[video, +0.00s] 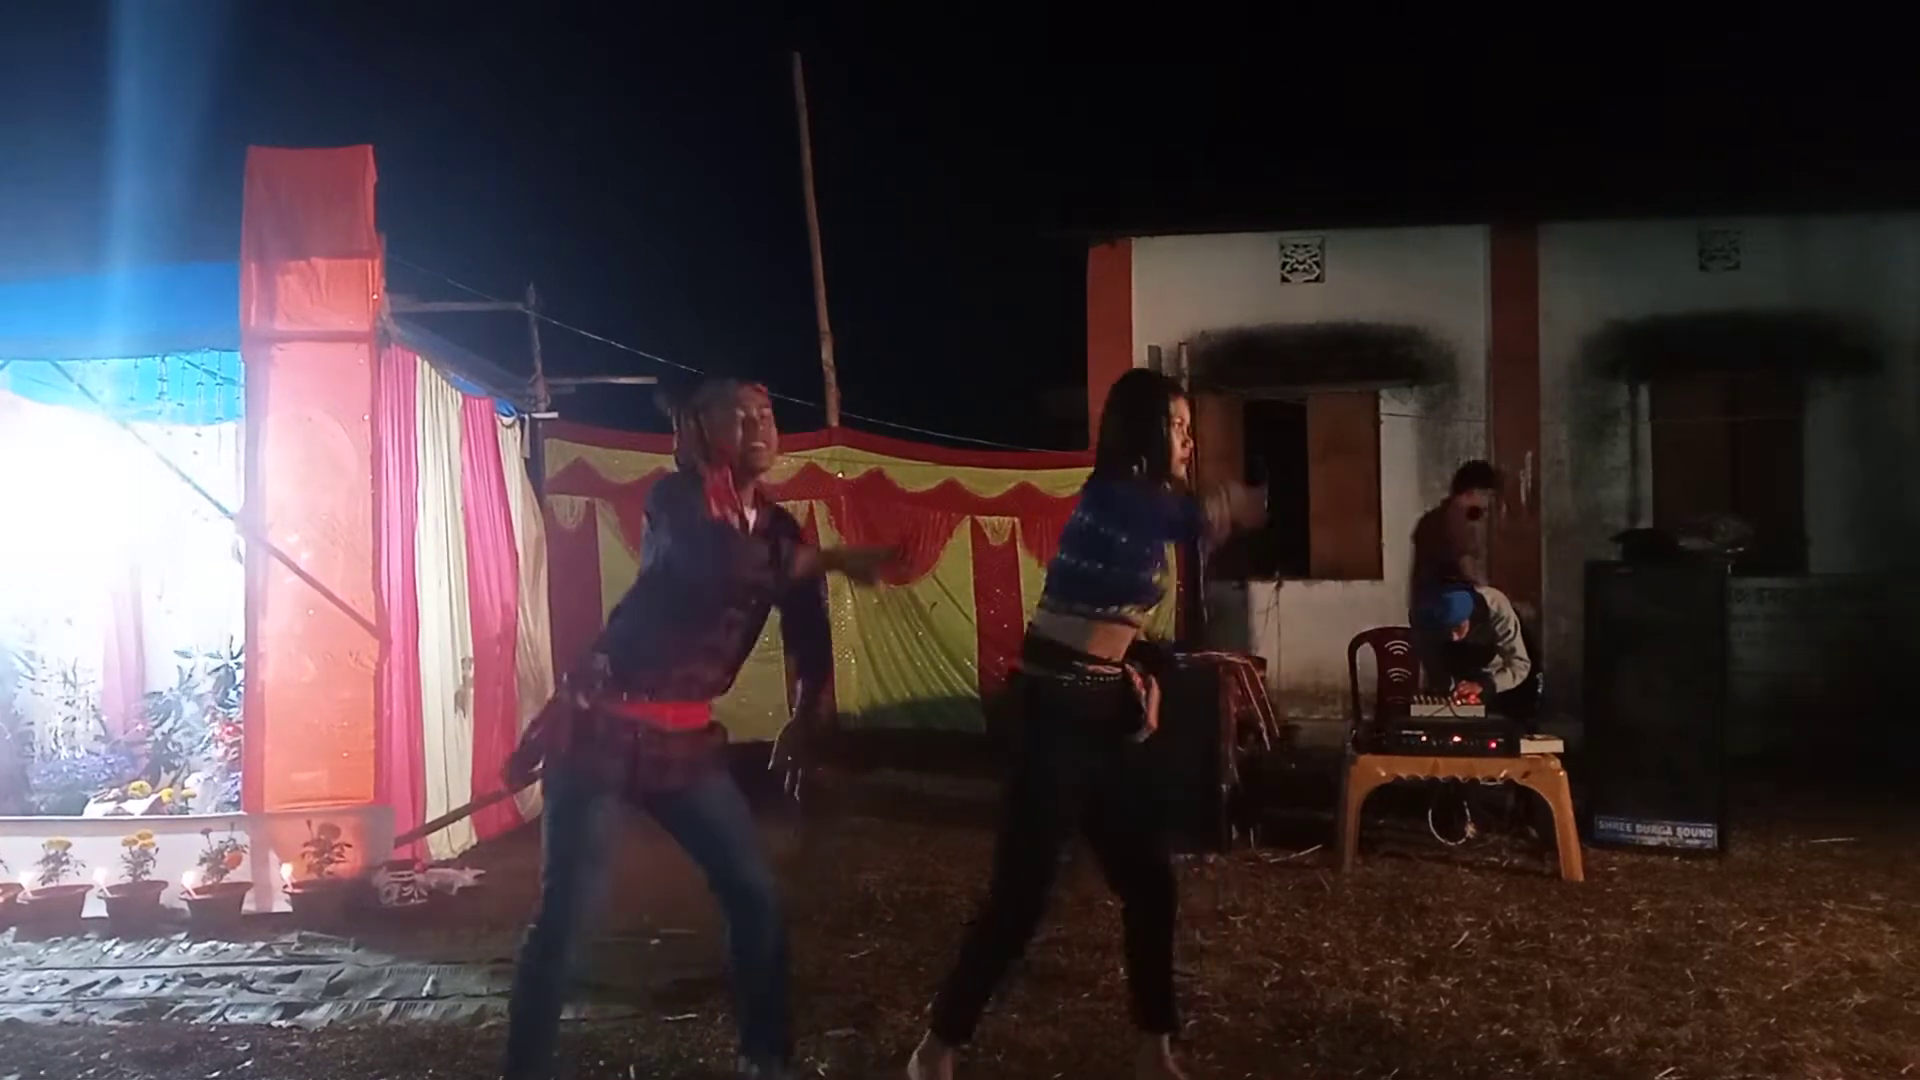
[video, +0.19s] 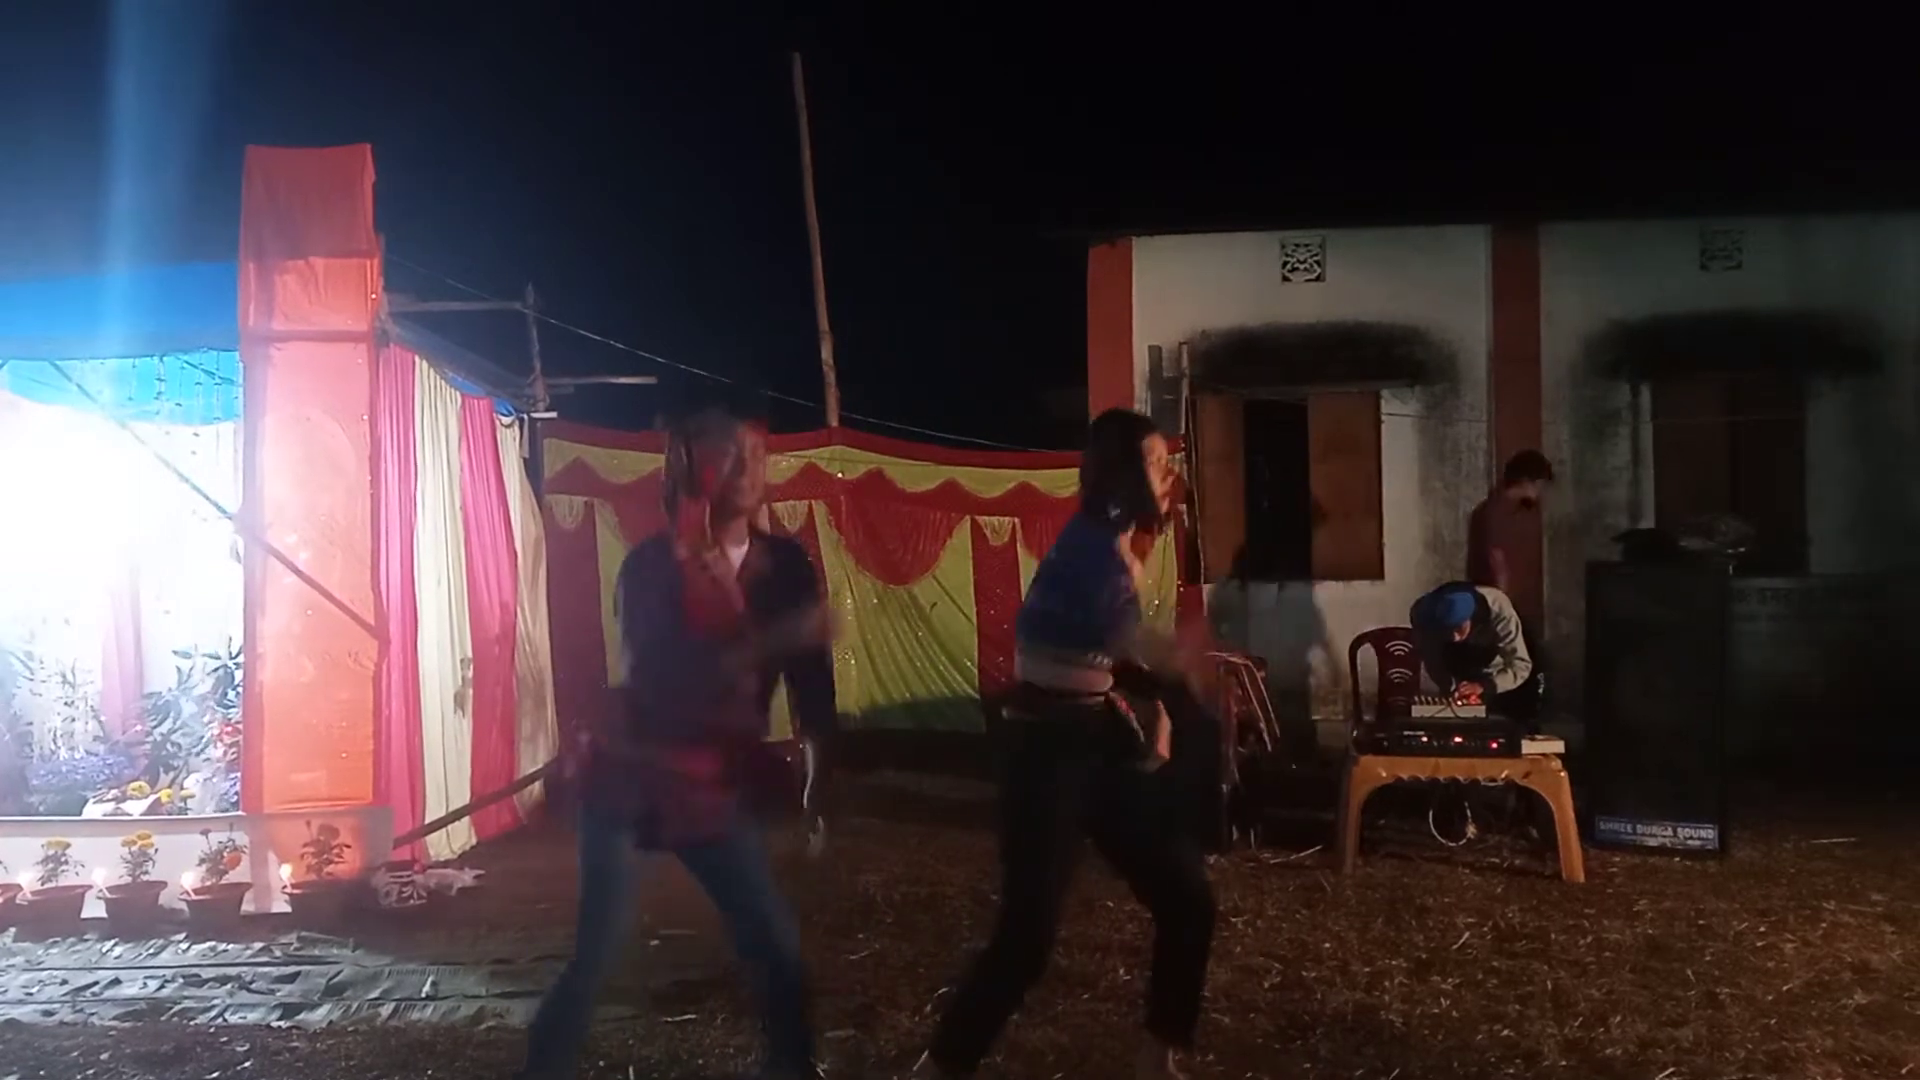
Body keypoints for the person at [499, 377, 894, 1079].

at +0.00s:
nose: (762, 429)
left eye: (767, 415)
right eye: (741, 416)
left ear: (778, 433)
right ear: (695, 432)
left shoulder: (781, 531)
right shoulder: (675, 496)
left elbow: (808, 642)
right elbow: (704, 564)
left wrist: (809, 735)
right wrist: (836, 560)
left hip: (684, 739)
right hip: (597, 732)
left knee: (756, 899)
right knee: (569, 915)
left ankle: (766, 1063)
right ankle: (528, 1067)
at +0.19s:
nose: (748, 472)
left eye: (755, 457)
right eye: (731, 458)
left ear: (765, 470)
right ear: (692, 472)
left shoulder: (784, 564)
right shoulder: (652, 565)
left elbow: (811, 685)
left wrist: (819, 784)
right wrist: (780, 638)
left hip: (713, 787)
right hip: (628, 780)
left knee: (777, 946)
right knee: (602, 951)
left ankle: (792, 1066)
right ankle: (542, 1067)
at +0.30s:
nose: (755, 465)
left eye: (763, 452)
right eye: (738, 450)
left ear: (772, 465)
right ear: (699, 466)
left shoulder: (799, 551)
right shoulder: (652, 565)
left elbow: (818, 660)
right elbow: (634, 668)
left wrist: (796, 751)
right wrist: (714, 678)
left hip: (762, 776)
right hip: (667, 774)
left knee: (801, 933)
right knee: (628, 936)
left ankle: (800, 1066)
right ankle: (558, 1066)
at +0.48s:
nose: (759, 414)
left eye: (772, 405)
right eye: (745, 398)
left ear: (780, 417)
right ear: (708, 400)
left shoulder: (804, 487)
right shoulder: (662, 491)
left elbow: (842, 600)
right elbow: (620, 609)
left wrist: (788, 681)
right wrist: (602, 533)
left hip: (796, 701)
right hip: (701, 706)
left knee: (829, 864)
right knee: (686, 879)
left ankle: (871, 1024)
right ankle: (688, 1042)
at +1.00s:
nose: (779, 455)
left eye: (790, 443)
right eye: (766, 440)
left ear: (798, 446)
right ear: (729, 437)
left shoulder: (822, 516)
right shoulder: (680, 520)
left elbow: (882, 604)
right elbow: (610, 601)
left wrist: (875, 688)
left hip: (838, 729)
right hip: (749, 741)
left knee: (896, 884)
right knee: (720, 908)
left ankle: (949, 1028)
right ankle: (703, 1059)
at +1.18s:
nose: (778, 464)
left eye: (787, 450)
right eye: (764, 447)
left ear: (791, 457)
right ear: (725, 448)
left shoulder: (814, 544)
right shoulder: (669, 542)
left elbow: (841, 648)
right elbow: (622, 643)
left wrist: (849, 732)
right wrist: (664, 693)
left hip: (789, 761)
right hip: (699, 764)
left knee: (848, 900)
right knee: (685, 925)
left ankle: (917, 1019)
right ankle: (692, 1062)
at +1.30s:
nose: (773, 429)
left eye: (782, 416)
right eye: (760, 411)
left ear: (787, 427)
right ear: (720, 415)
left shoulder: (803, 512)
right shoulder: (661, 500)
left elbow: (836, 604)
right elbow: (618, 592)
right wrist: (688, 586)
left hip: (771, 733)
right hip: (678, 736)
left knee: (819, 882)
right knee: (673, 897)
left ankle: (852, 1029)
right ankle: (670, 1049)